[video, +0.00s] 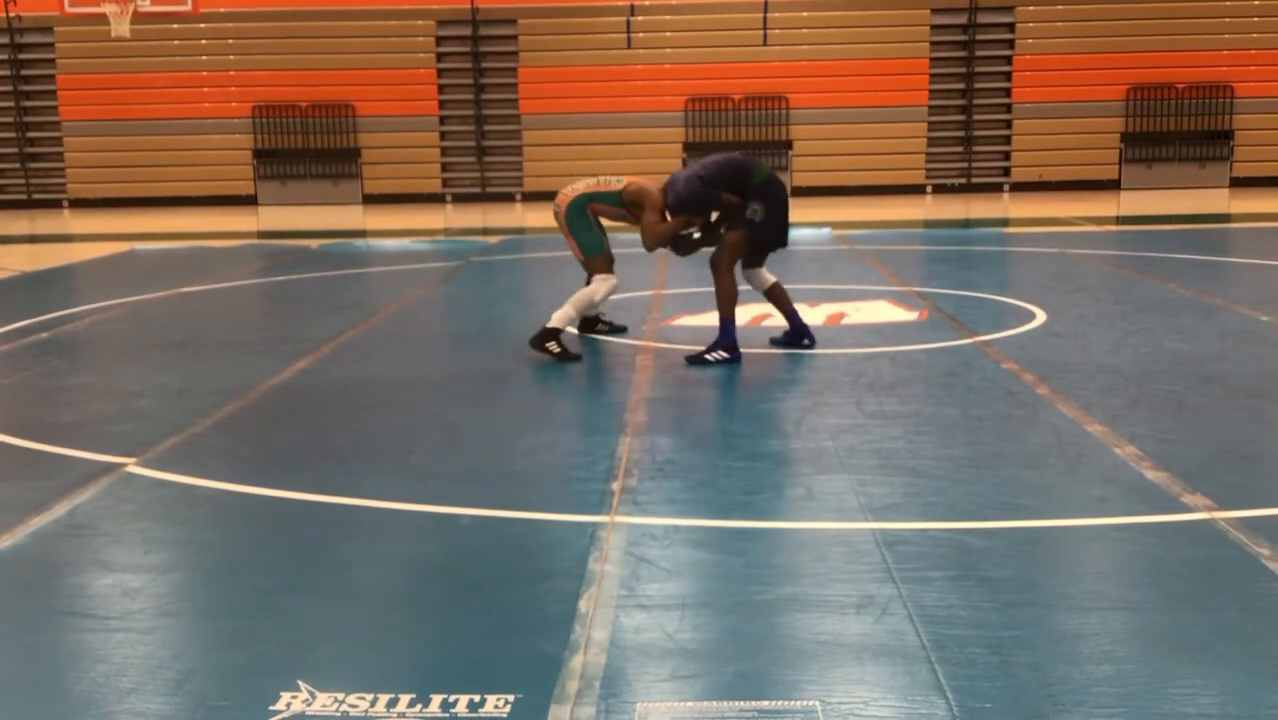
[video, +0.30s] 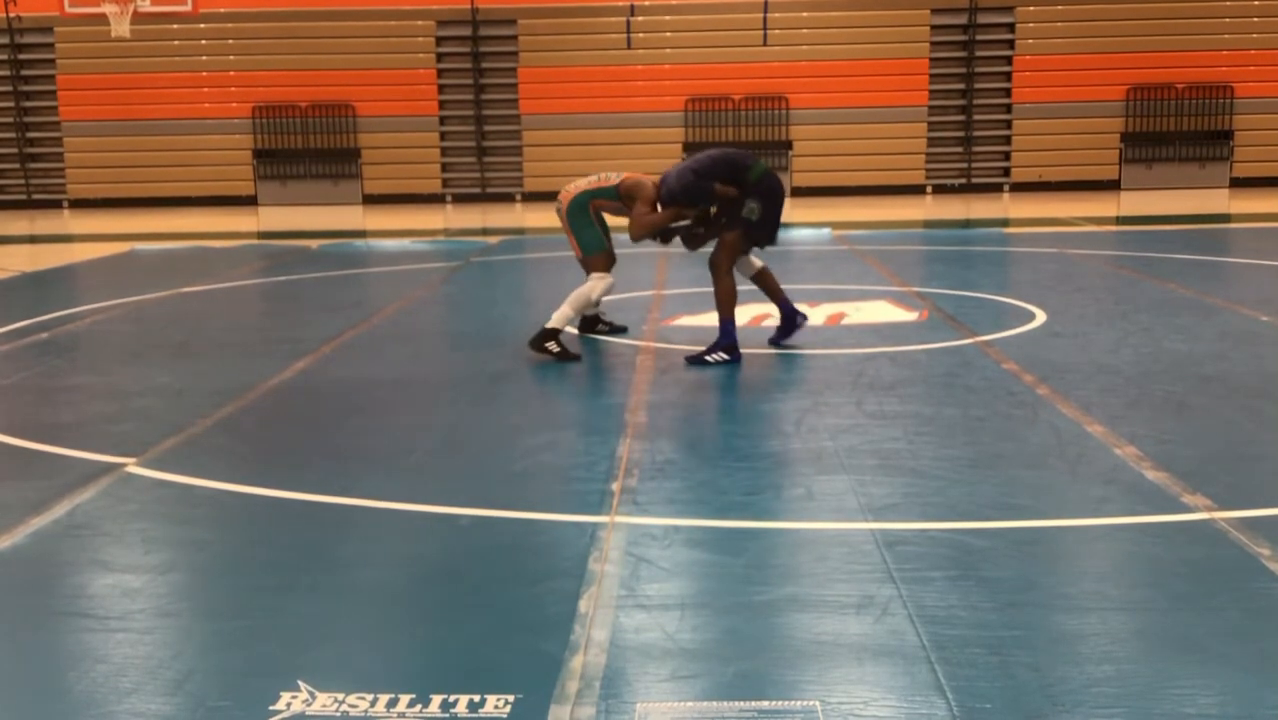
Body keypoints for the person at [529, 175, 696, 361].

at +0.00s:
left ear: (671, 190)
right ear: (678, 197)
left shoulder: (655, 200)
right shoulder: (651, 197)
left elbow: (679, 247)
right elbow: (651, 241)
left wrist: (704, 236)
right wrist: (685, 221)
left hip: (580, 206)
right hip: (573, 208)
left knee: (603, 266)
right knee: (605, 281)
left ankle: (589, 320)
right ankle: (548, 335)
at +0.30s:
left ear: (668, 186)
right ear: (673, 197)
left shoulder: (650, 189)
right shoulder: (646, 190)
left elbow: (638, 228)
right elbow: (637, 232)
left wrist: (658, 231)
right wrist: (677, 213)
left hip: (584, 203)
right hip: (576, 205)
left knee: (606, 261)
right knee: (602, 279)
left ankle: (590, 318)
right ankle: (548, 335)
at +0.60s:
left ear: (669, 176)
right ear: (679, 182)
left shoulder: (655, 186)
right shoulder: (657, 187)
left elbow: (669, 233)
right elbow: (656, 230)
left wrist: (702, 228)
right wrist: (691, 208)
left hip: (571, 201)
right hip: (574, 206)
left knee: (585, 264)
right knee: (603, 285)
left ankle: (586, 320)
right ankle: (546, 338)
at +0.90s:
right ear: (694, 198)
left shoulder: (661, 193)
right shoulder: (670, 200)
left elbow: (681, 246)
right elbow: (682, 253)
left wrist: (703, 223)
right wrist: (709, 222)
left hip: (577, 217)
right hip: (596, 222)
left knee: (603, 267)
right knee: (653, 273)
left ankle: (580, 316)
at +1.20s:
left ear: (682, 179)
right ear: (696, 189)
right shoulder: (673, 193)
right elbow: (681, 231)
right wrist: (709, 210)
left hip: (580, 222)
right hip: (599, 224)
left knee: (615, 271)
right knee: (659, 275)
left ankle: (576, 323)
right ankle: (645, 346)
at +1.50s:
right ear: (704, 202)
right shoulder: (676, 200)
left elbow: (635, 230)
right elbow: (680, 250)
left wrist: (668, 247)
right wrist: (710, 235)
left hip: (575, 213)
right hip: (604, 218)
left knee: (588, 263)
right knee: (658, 277)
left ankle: (570, 321)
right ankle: (645, 346)